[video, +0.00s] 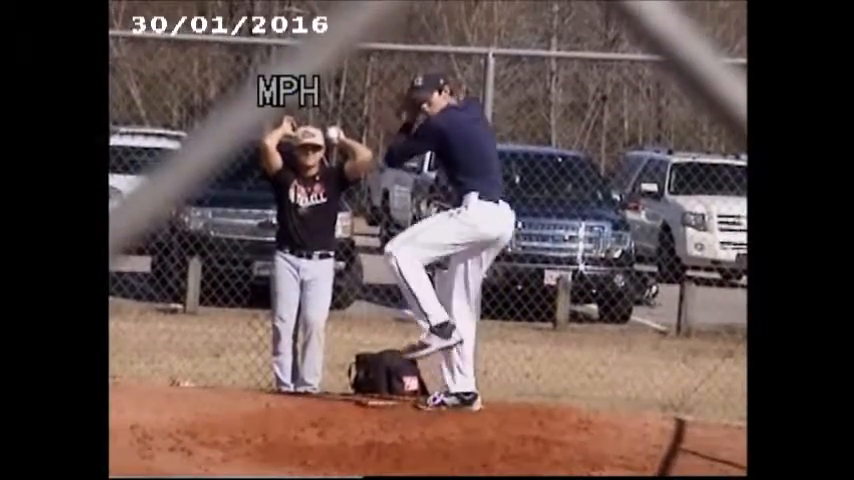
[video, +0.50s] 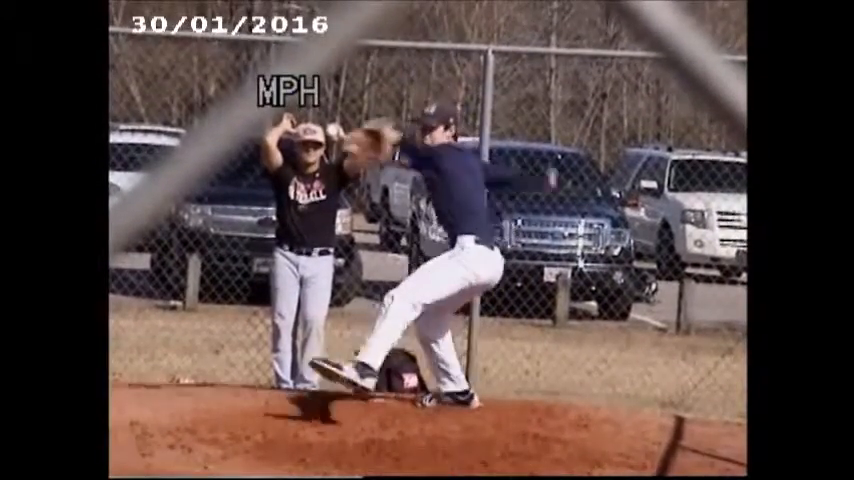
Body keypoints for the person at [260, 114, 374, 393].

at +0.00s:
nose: (309, 156)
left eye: (314, 151)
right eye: (304, 151)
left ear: (323, 152)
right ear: (295, 153)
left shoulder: (334, 177)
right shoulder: (284, 178)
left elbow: (366, 158)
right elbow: (267, 146)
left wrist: (343, 141)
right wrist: (282, 130)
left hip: (321, 261)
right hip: (287, 259)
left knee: (314, 323)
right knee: (283, 323)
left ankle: (309, 382)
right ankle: (283, 382)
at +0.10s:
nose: (309, 154)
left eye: (314, 149)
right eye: (304, 149)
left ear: (323, 150)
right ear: (295, 151)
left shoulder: (334, 175)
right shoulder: (284, 176)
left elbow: (365, 156)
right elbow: (267, 144)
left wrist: (342, 139)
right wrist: (283, 127)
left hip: (320, 259)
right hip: (286, 257)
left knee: (314, 320)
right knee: (282, 320)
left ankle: (308, 380)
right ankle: (283, 380)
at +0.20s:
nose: (310, 155)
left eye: (315, 150)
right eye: (305, 150)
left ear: (324, 151)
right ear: (296, 151)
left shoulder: (334, 177)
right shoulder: (284, 177)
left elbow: (367, 159)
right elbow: (268, 147)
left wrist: (343, 140)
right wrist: (282, 130)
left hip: (321, 261)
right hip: (286, 259)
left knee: (314, 323)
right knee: (282, 322)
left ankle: (309, 382)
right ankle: (283, 382)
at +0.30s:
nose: (310, 153)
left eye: (315, 148)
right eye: (305, 148)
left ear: (324, 150)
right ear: (295, 149)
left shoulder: (332, 174)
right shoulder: (284, 174)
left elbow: (366, 156)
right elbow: (268, 145)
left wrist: (342, 138)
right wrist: (282, 127)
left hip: (320, 258)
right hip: (286, 256)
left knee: (313, 322)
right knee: (282, 320)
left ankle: (309, 380)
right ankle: (283, 380)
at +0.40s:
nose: (312, 154)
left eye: (317, 148)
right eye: (307, 148)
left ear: (325, 150)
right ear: (299, 150)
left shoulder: (335, 177)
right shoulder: (286, 176)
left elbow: (368, 159)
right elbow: (269, 147)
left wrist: (343, 141)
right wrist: (283, 130)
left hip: (321, 260)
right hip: (287, 258)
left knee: (315, 323)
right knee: (283, 322)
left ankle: (308, 382)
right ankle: (283, 382)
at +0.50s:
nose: (309, 152)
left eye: (315, 147)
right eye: (304, 147)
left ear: (323, 149)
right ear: (295, 149)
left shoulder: (334, 175)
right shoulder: (284, 175)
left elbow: (356, 165)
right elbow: (269, 144)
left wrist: (349, 145)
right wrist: (282, 127)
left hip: (320, 259)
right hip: (286, 257)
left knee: (314, 320)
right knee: (282, 320)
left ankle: (308, 379)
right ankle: (282, 380)